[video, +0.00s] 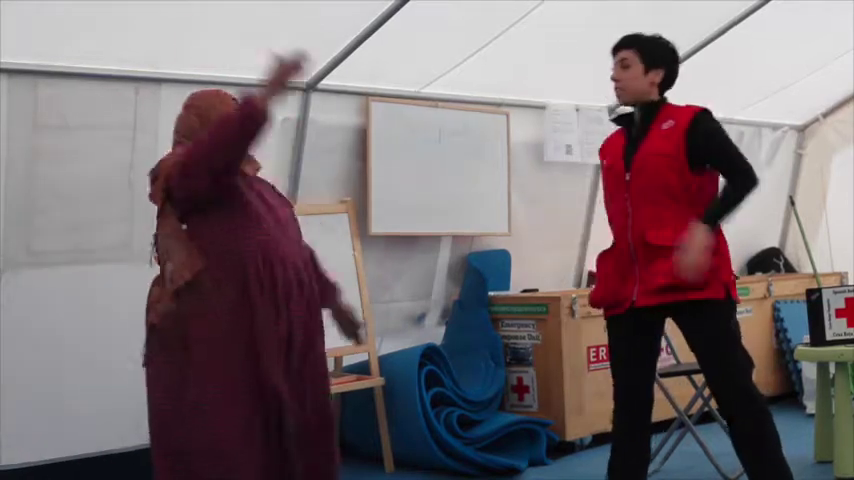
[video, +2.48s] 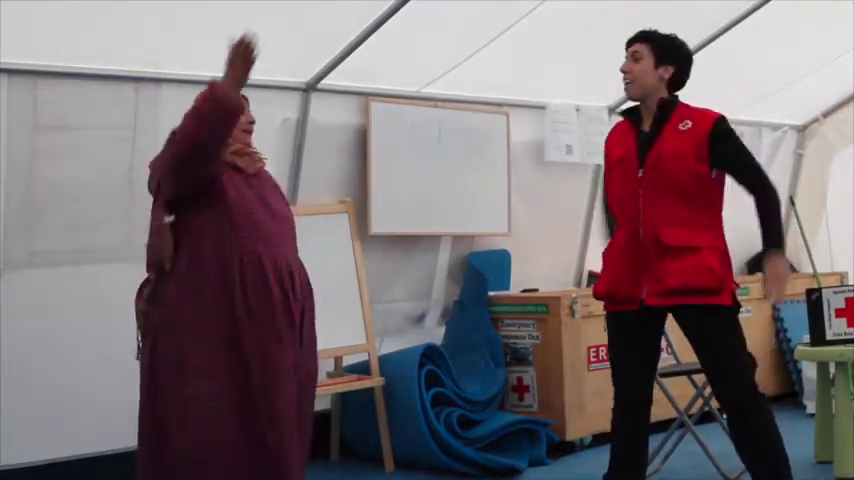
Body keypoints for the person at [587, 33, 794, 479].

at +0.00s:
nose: (614, 75)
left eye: (624, 67)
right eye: (614, 67)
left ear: (657, 75)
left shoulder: (692, 123)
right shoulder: (613, 145)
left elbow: (744, 177)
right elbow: (629, 216)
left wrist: (706, 225)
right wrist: (613, 259)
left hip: (695, 280)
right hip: (628, 287)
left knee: (736, 396)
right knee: (630, 409)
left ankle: (772, 476)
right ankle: (625, 479)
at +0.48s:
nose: (652, 70)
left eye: (664, 62)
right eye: (653, 61)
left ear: (697, 74)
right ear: (653, 68)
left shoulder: (728, 136)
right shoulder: (624, 124)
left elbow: (745, 198)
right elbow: (556, 153)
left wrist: (692, 217)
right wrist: (501, 122)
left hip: (709, 279)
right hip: (636, 279)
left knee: (747, 395)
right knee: (633, 402)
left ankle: (773, 477)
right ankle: (623, 478)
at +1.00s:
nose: (738, 245)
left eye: (750, 240)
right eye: (737, 233)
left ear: (782, 242)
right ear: (740, 226)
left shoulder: (799, 239)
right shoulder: (698, 251)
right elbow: (721, 350)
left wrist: (701, 211)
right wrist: (758, 426)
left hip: (742, 302)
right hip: (668, 297)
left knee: (765, 389)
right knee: (650, 387)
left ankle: (782, 470)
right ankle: (626, 472)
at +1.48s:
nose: (723, 273)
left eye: (737, 271)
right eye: (722, 259)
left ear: (769, 268)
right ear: (720, 243)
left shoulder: (792, 252)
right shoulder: (688, 267)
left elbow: (765, 216)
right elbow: (707, 359)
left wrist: (704, 213)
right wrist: (745, 426)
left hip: (742, 307)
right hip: (666, 302)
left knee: (765, 399)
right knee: (647, 397)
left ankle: (781, 474)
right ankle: (627, 474)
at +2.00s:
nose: (650, 69)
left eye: (662, 60)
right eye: (652, 59)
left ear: (695, 73)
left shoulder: (732, 134)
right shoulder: (633, 126)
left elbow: (750, 203)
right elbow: (579, 155)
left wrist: (694, 219)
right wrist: (546, 133)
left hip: (716, 283)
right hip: (644, 284)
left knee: (752, 402)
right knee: (636, 406)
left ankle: (776, 476)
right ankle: (625, 479)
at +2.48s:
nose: (623, 67)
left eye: (635, 59)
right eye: (626, 59)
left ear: (667, 72)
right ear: (650, 73)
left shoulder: (706, 127)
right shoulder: (617, 136)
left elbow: (763, 189)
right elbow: (612, 206)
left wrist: (774, 252)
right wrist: (617, 253)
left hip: (698, 279)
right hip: (629, 282)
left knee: (740, 397)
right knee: (629, 406)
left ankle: (775, 477)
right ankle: (622, 479)